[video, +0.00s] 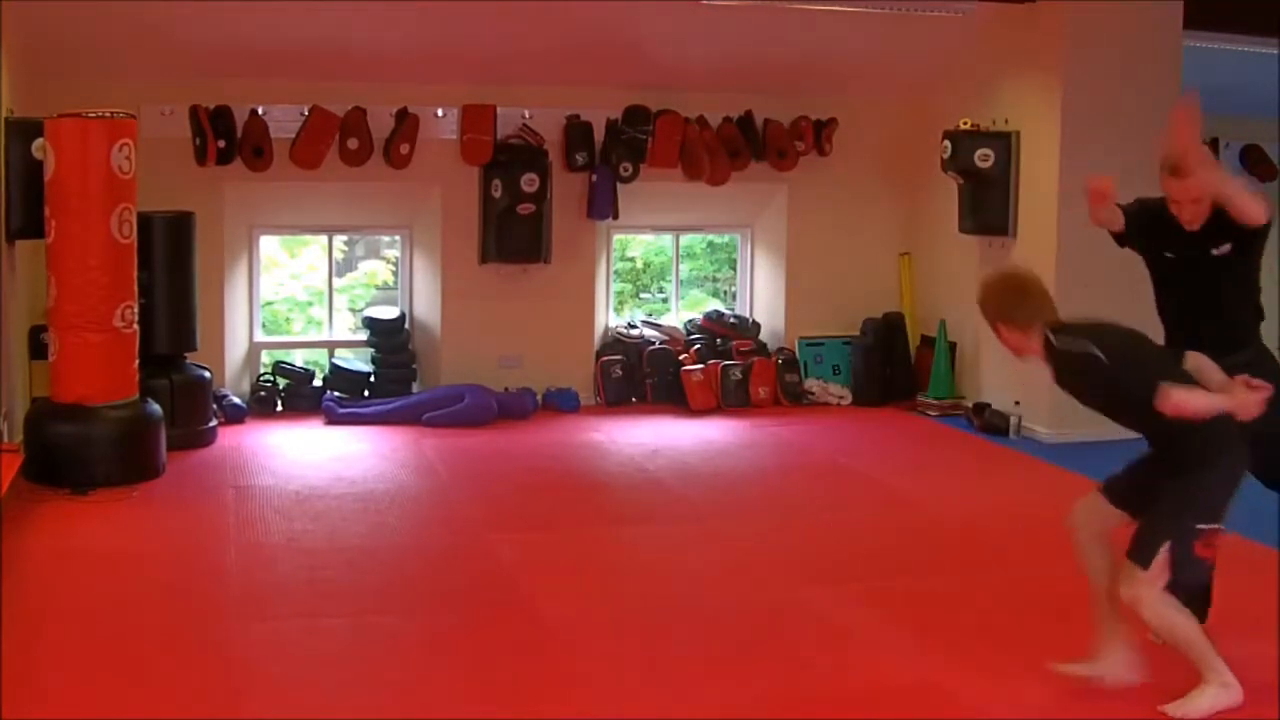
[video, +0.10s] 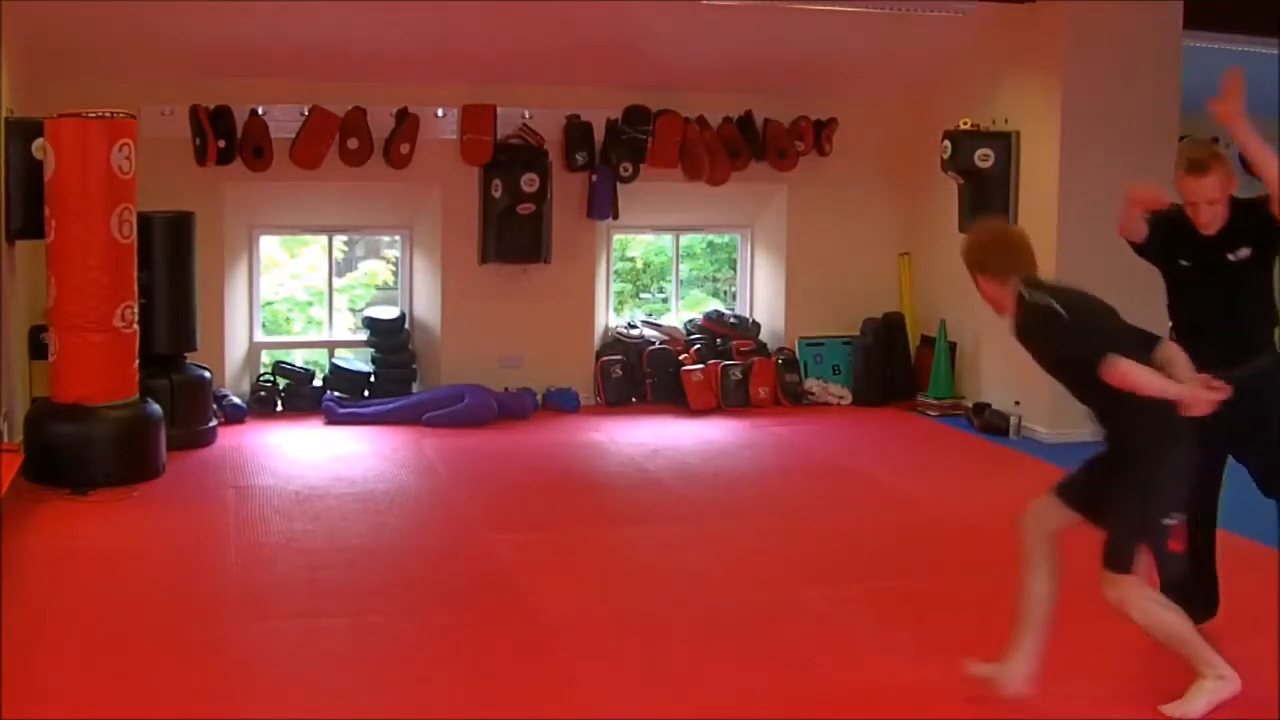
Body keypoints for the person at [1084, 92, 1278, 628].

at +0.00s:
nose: (1188, 209)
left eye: (1197, 199)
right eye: (1179, 200)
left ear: (1215, 190)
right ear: (1164, 192)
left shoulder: (1241, 222)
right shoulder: (1152, 218)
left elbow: (1255, 212)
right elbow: (1115, 221)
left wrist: (1213, 173)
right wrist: (1101, 205)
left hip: (1249, 372)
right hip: (1185, 377)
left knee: (1271, 466)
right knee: (1190, 490)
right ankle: (1188, 607)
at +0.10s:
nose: (1205, 212)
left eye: (1214, 201)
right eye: (1194, 203)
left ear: (1230, 187)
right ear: (1181, 193)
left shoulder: (1256, 223)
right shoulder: (1170, 231)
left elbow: (1278, 189)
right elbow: (1133, 234)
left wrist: (1241, 129)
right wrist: (1136, 208)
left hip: (1259, 388)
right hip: (1196, 390)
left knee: (1274, 485)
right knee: (1197, 501)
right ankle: (1196, 600)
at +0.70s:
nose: (1211, 169)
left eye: (1226, 160)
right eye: (1215, 159)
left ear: (1267, 176)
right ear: (1238, 177)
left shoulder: (1278, 253)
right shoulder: (1203, 240)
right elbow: (1189, 316)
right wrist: (1181, 357)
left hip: (1268, 445)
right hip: (1205, 434)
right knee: (1187, 596)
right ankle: (1164, 712)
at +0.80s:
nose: (1178, 180)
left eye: (1192, 170)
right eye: (1181, 169)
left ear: (1238, 183)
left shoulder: (1275, 254)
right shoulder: (1171, 254)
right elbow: (1166, 334)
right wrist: (1171, 400)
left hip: (1265, 450)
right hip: (1191, 444)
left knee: (1277, 605)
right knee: (1173, 609)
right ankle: (1163, 715)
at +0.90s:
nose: (1142, 188)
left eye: (1154, 177)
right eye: (1144, 176)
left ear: (1198, 184)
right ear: (1180, 185)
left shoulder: (1264, 260)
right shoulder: (1137, 262)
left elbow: (1275, 362)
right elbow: (1130, 357)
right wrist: (1124, 431)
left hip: (1244, 456)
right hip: (1158, 453)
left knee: (1260, 622)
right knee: (1147, 616)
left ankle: (1276, 703)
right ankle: (1162, 714)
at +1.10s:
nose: (1093, 168)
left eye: (1104, 155)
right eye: (1092, 155)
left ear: (1150, 157)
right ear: (1126, 160)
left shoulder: (1215, 239)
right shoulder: (1092, 239)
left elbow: (1264, 340)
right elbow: (1055, 338)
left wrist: (1252, 431)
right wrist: (1030, 414)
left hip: (1184, 444)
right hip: (1102, 441)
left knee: (1160, 622)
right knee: (1105, 622)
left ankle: (1214, 711)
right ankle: (1127, 713)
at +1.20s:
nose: (1063, 173)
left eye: (1074, 159)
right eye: (1062, 160)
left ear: (1121, 161)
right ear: (1111, 163)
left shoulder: (1184, 242)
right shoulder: (1069, 241)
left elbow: (1228, 339)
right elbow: (1026, 317)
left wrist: (1179, 395)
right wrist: (1001, 354)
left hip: (1148, 444)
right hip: (1077, 441)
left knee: (1115, 608)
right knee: (1075, 609)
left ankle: (1139, 712)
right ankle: (1093, 711)